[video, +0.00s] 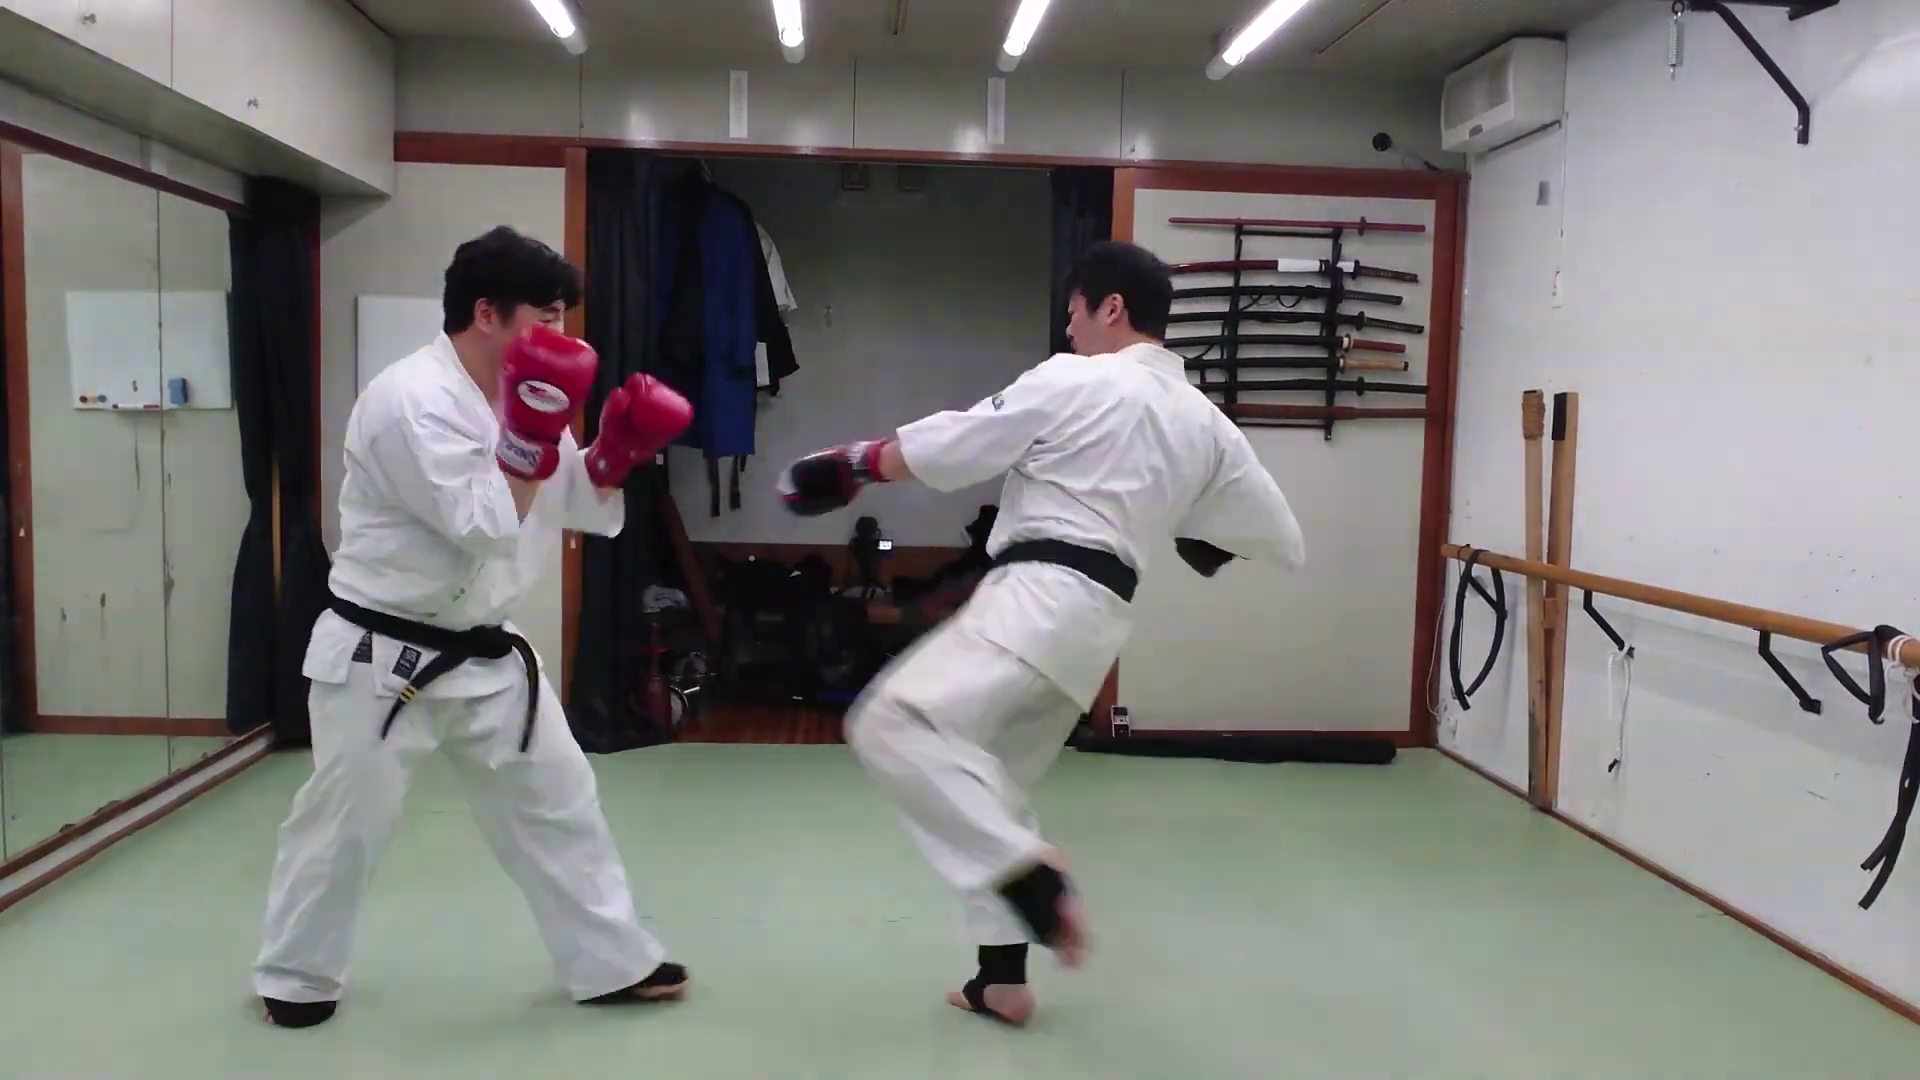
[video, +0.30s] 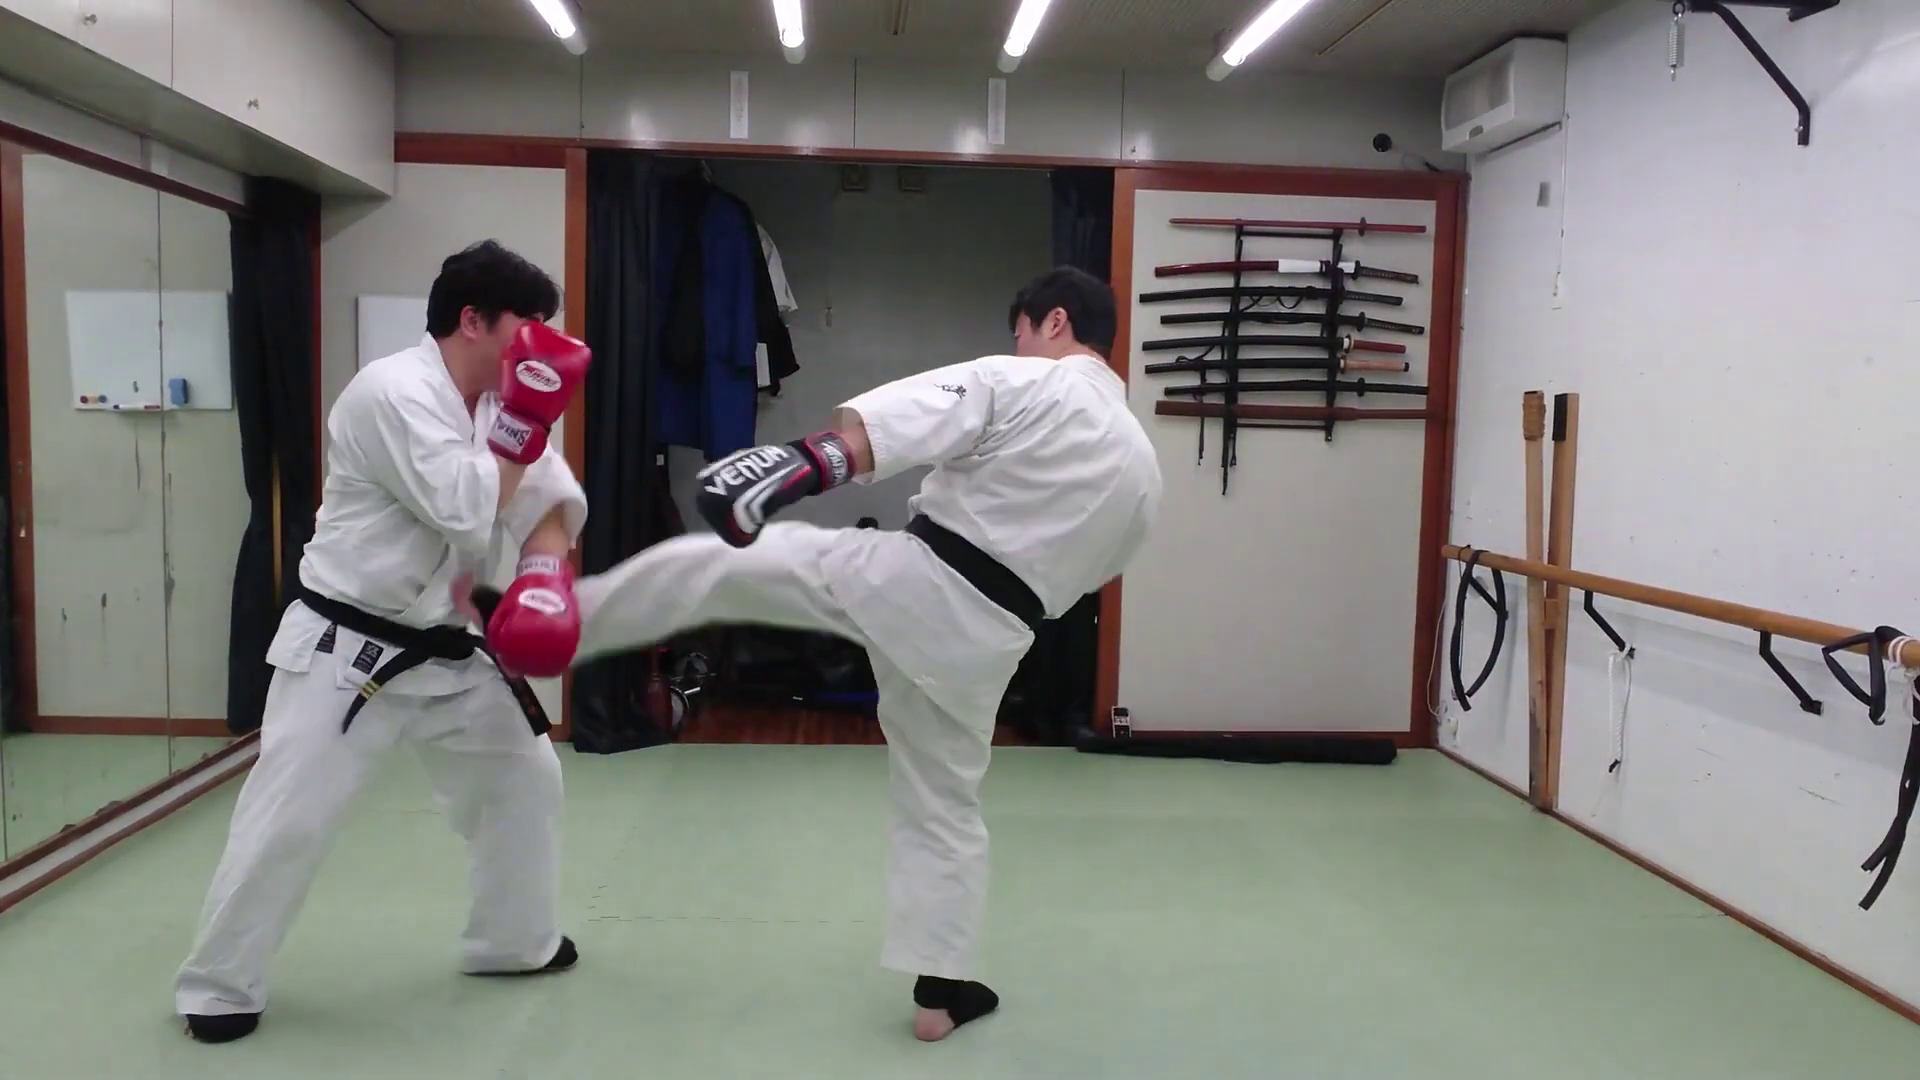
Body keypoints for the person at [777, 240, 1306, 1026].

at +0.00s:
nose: (1068, 330)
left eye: (1075, 313)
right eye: (1069, 314)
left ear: (1113, 309)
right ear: (1144, 316)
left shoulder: (1074, 379)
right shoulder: (1204, 420)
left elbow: (950, 449)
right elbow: (1276, 530)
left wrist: (854, 463)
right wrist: (1209, 539)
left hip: (1041, 590)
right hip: (1100, 618)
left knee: (889, 722)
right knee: (1003, 783)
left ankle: (1027, 874)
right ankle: (1001, 975)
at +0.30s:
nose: (1018, 352)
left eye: (1021, 335)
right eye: (1020, 339)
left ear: (1057, 322)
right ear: (1104, 337)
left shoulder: (1029, 377)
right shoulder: (1144, 476)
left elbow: (917, 414)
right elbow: (1084, 576)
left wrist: (799, 466)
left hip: (911, 574)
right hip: (987, 644)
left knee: (722, 565)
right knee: (945, 809)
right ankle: (940, 990)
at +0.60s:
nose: (897, 363)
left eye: (900, 347)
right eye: (899, 349)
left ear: (928, 339)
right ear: (984, 350)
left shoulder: (879, 416)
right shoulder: (1034, 454)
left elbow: (747, 500)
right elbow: (1000, 554)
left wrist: (743, 442)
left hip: (846, 670)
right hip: (959, 687)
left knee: (771, 846)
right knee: (982, 843)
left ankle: (744, 1015)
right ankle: (1004, 1002)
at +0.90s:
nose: (906, 385)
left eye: (904, 366)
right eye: (898, 371)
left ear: (936, 338)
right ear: (971, 337)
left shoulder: (937, 428)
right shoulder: (1058, 419)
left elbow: (835, 534)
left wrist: (843, 446)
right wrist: (888, 430)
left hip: (954, 667)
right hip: (1060, 667)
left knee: (826, 804)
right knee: (1086, 862)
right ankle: (1141, 1052)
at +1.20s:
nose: (843, 328)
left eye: (847, 308)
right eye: (838, 311)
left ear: (894, 298)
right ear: (913, 300)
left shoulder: (927, 392)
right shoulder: (938, 374)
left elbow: (968, 541)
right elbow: (823, 448)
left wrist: (861, 586)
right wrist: (743, 406)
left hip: (902, 654)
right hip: (974, 649)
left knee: (758, 811)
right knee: (1026, 830)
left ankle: (756, 1022)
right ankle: (1124, 1004)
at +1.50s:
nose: (754, 407)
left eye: (755, 387)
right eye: (749, 389)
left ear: (800, 373)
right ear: (812, 370)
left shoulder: (876, 488)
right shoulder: (837, 442)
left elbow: (737, 601)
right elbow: (759, 543)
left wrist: (682, 492)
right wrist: (701, 530)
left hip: (829, 715)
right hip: (776, 659)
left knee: (698, 882)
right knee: (647, 674)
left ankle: (772, 1064)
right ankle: (557, 719)